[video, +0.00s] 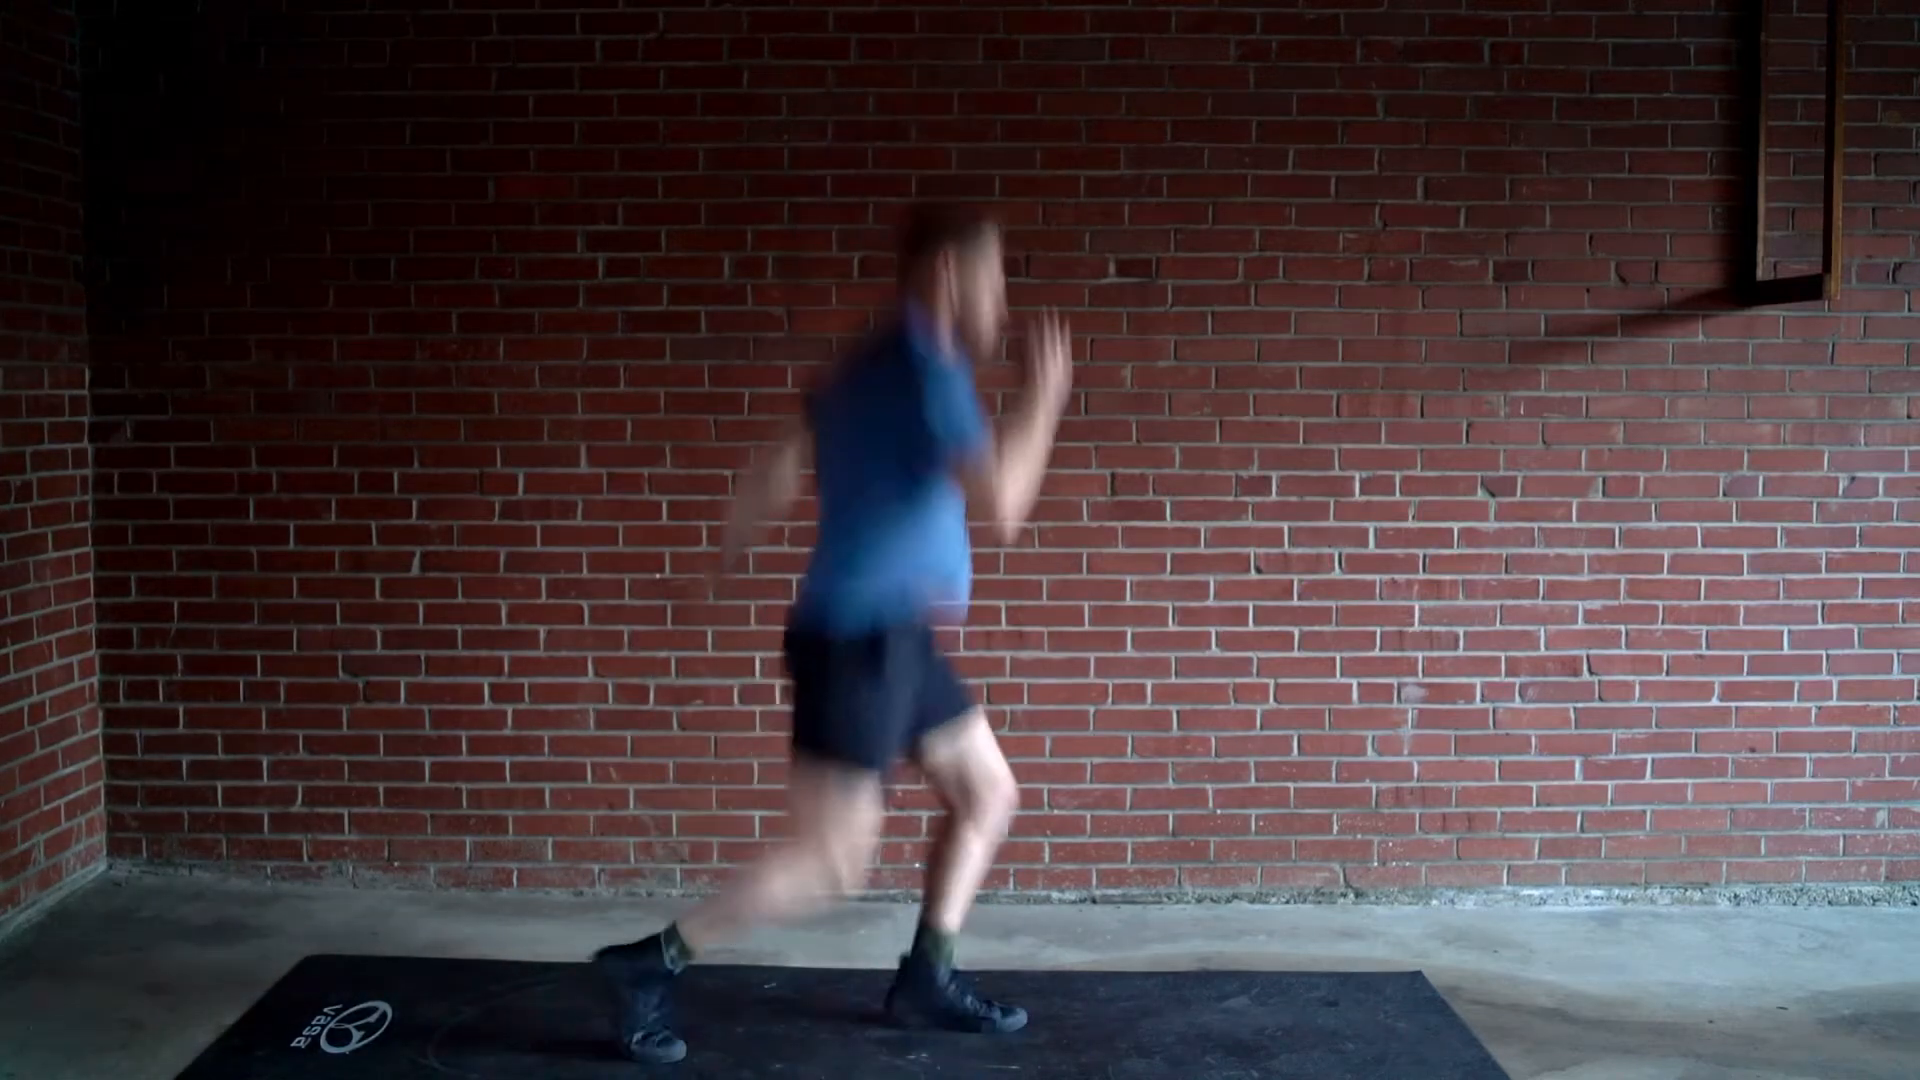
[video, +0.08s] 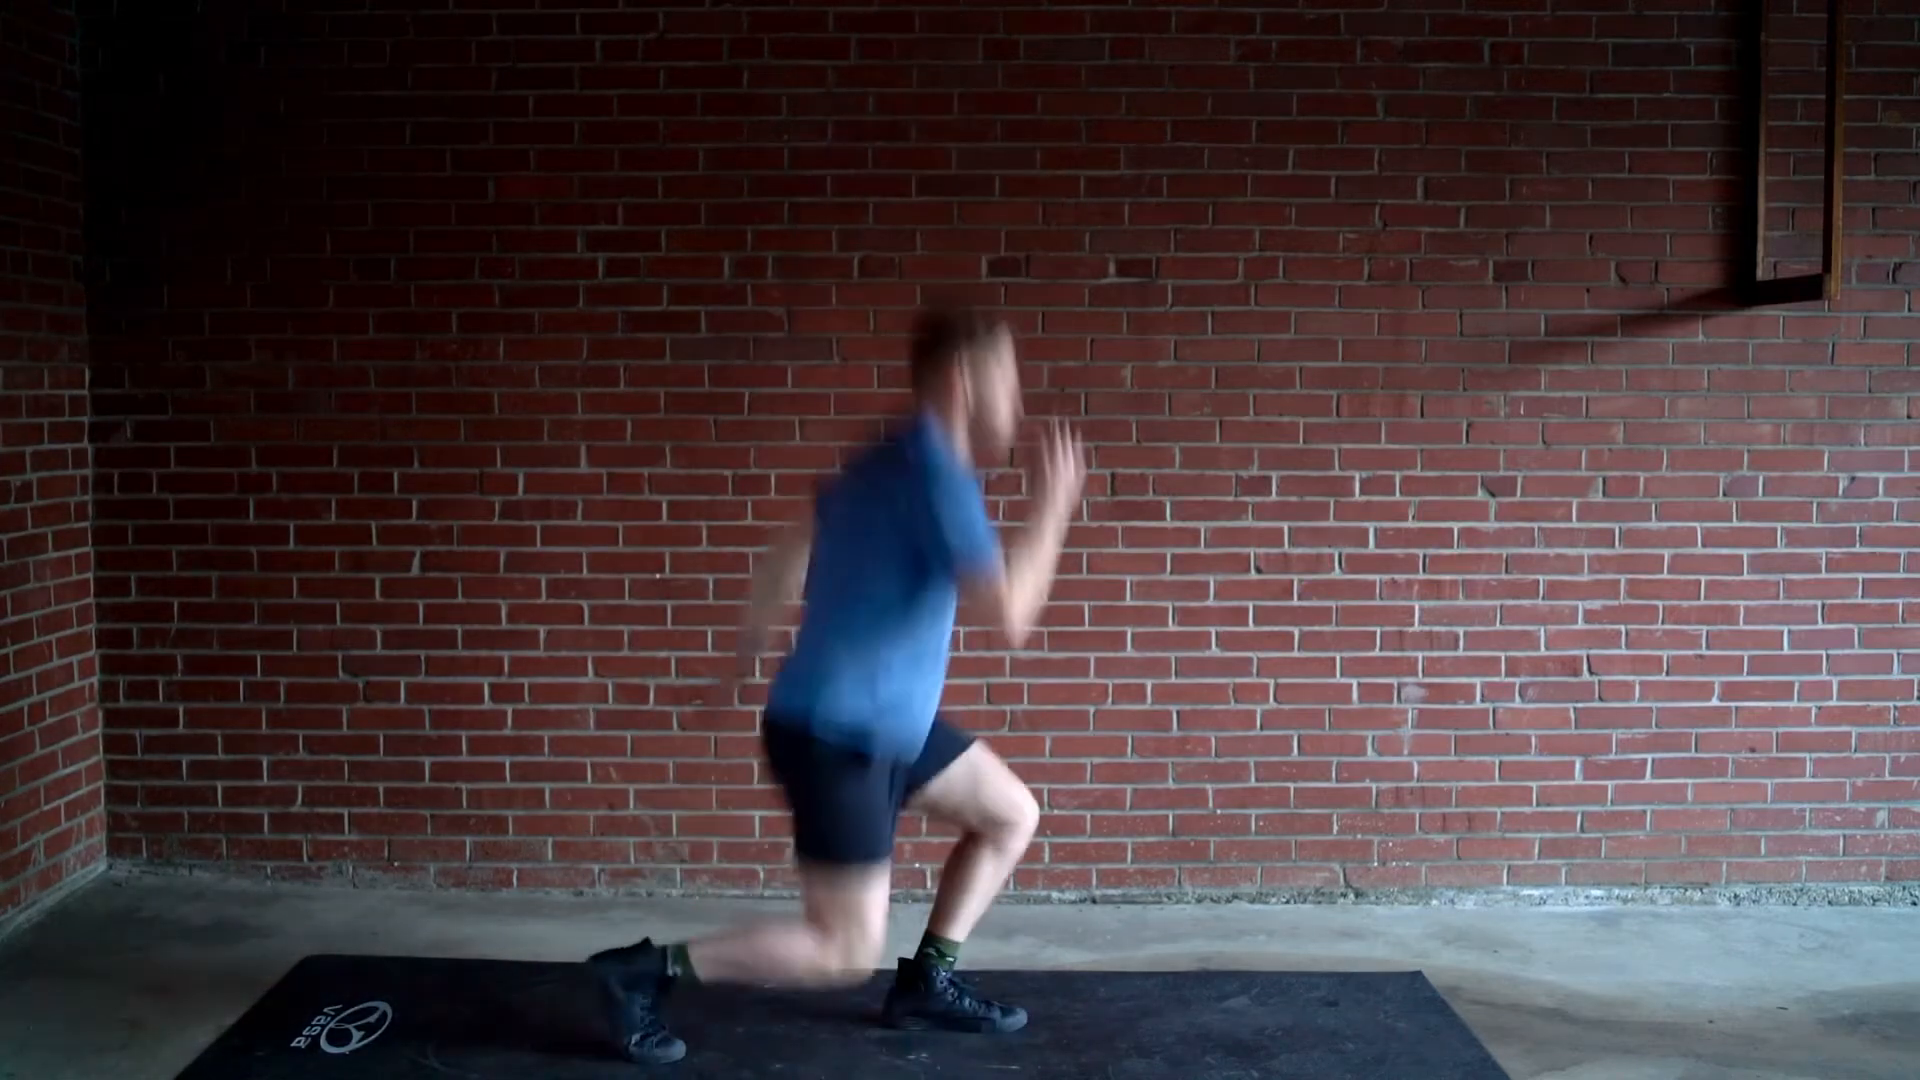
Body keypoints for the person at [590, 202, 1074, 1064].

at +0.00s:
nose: (1003, 294)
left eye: (1001, 275)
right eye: (991, 275)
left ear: (935, 274)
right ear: (943, 271)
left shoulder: (873, 358)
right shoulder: (926, 365)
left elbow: (780, 452)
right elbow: (1003, 506)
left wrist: (736, 535)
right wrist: (1046, 392)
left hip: (896, 630)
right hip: (850, 634)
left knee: (988, 792)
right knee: (833, 859)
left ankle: (928, 976)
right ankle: (649, 963)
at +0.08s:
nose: (1018, 391)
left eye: (1015, 371)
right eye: (1006, 372)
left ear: (944, 378)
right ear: (962, 377)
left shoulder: (888, 459)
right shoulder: (932, 470)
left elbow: (792, 544)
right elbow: (1013, 613)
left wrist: (759, 623)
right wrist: (1053, 504)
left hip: (888, 718)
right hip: (835, 726)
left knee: (1010, 814)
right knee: (847, 947)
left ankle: (929, 979)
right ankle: (647, 970)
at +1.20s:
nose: (1009, 363)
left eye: (1008, 342)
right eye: (994, 343)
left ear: (985, 349)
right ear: (942, 348)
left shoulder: (968, 467)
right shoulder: (869, 445)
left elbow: (1035, 578)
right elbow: (734, 524)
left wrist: (1072, 481)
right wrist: (611, 603)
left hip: (867, 713)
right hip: (818, 710)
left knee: (806, 903)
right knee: (985, 850)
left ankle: (617, 949)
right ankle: (897, 1027)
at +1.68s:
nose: (994, 423)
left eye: (989, 405)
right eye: (980, 406)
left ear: (936, 423)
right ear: (932, 421)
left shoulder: (951, 526)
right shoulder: (884, 511)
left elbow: (1015, 625)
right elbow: (756, 604)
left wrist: (1060, 536)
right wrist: (665, 720)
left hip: (830, 757)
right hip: (797, 756)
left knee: (809, 948)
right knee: (993, 849)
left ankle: (616, 954)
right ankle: (898, 1028)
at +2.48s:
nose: (1015, 445)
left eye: (1010, 425)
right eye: (1002, 425)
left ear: (948, 436)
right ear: (954, 436)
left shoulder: (879, 505)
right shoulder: (929, 537)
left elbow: (772, 570)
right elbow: (1000, 686)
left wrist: (704, 657)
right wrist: (1053, 571)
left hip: (847, 748)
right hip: (785, 763)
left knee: (981, 819)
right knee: (802, 982)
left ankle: (897, 988)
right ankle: (598, 972)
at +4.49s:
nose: (1053, 149)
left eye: (1051, 132)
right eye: (1041, 132)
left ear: (989, 135)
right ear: (993, 131)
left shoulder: (948, 218)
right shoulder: (970, 216)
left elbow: (874, 351)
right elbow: (1083, 305)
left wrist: (836, 458)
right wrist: (1103, 200)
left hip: (934, 497)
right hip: (915, 498)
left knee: (937, 705)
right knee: (864, 718)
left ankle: (891, 899)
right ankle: (700, 862)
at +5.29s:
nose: (1079, 397)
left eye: (1074, 379)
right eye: (1066, 379)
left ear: (1016, 391)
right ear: (1021, 389)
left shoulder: (1000, 472)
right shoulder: (988, 461)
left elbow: (1008, 607)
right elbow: (1006, 594)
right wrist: (1098, 542)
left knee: (1054, 808)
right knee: (863, 935)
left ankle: (985, 980)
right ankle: (657, 974)